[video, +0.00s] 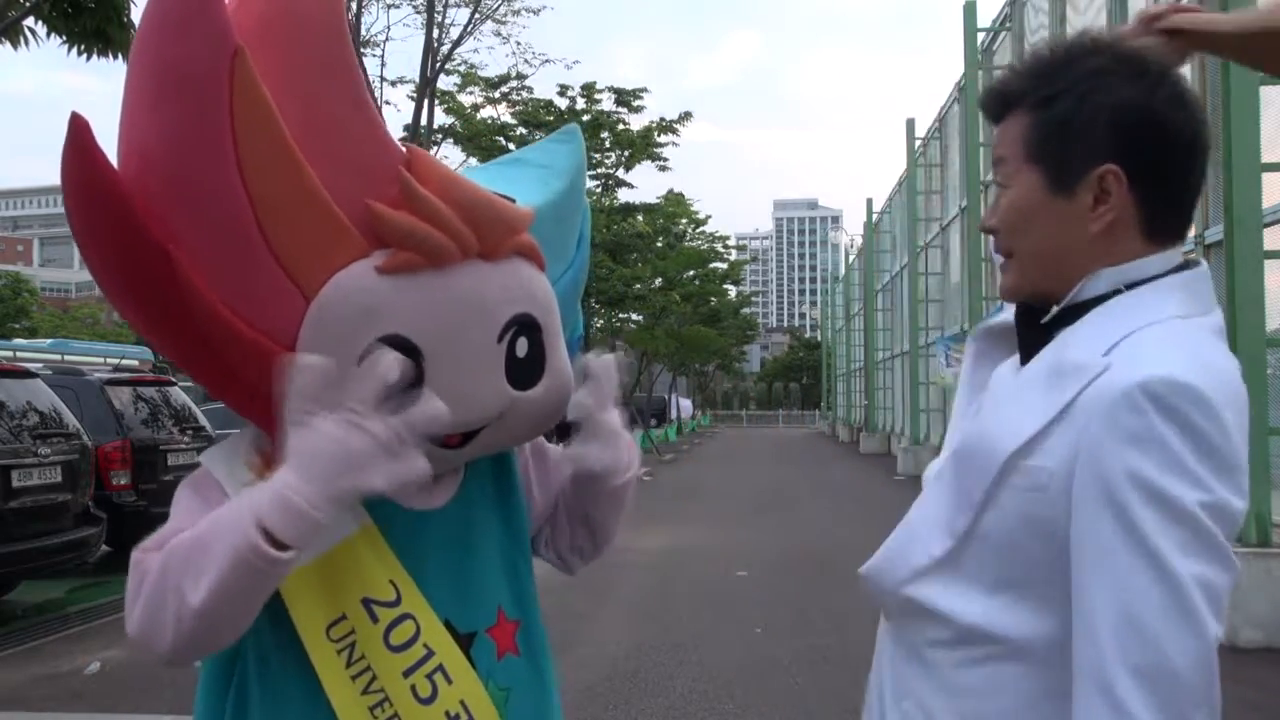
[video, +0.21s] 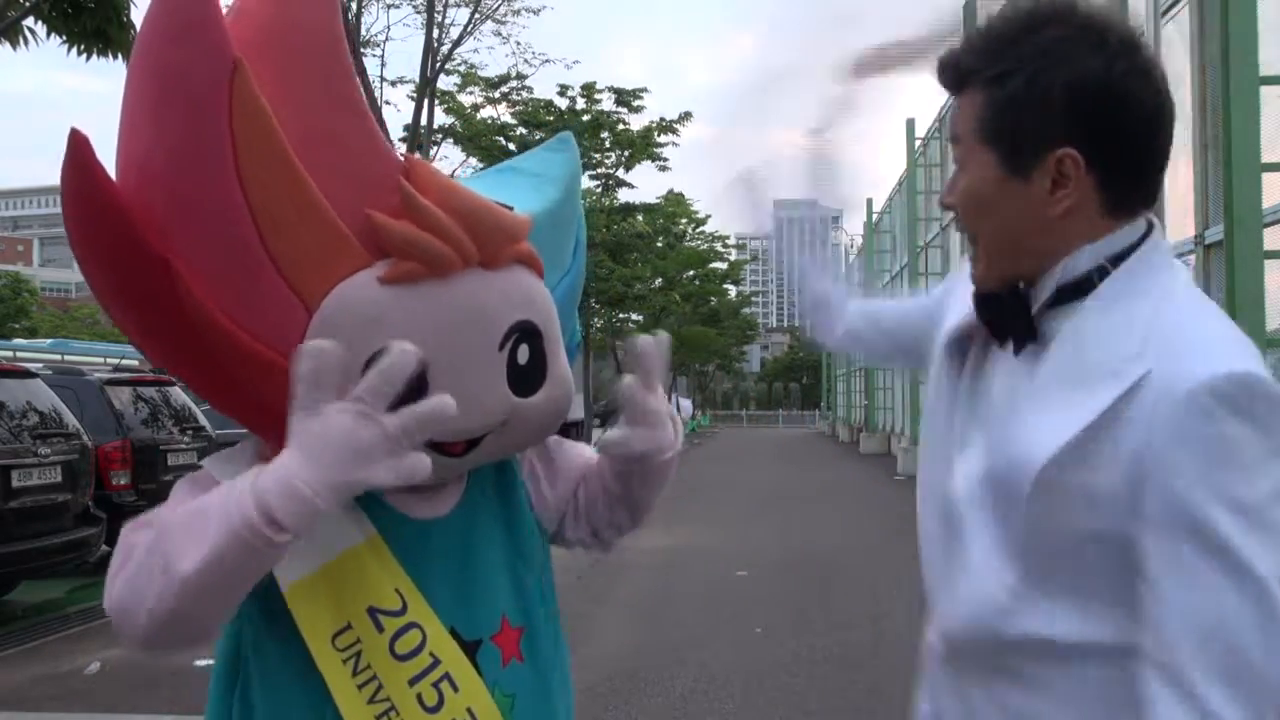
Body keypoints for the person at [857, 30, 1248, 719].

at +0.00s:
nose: (986, 219)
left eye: (1002, 184)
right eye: (992, 187)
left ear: (1102, 198)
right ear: (1099, 200)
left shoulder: (1153, 385)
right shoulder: (1074, 337)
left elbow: (1145, 699)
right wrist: (1118, 71)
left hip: (989, 703)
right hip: (917, 691)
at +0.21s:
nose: (948, 196)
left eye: (962, 159)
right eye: (954, 161)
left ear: (1060, 182)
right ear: (1057, 184)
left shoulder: (1202, 387)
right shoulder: (976, 306)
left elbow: (1218, 705)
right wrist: (786, 250)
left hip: (1083, 707)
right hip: (947, 698)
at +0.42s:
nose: (1058, 197)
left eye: (1082, 159)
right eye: (1067, 162)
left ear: (1184, 179)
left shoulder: (1256, 382)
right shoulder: (1060, 319)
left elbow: (1247, 694)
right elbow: (919, 365)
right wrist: (750, 326)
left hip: (1087, 705)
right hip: (947, 688)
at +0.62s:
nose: (1114, 220)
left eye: (1145, 186)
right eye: (1122, 189)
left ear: (1261, 212)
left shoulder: (1270, 394)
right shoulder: (1114, 338)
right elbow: (976, 448)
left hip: (1149, 703)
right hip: (993, 698)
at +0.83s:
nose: (1090, 230)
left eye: (1118, 196)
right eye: (1088, 200)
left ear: (1238, 206)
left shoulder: (1269, 362)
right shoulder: (1078, 357)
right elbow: (989, 520)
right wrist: (866, 607)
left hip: (1236, 704)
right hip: (1080, 703)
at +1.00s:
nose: (1075, 258)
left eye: (1101, 226)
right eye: (1069, 232)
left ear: (1213, 226)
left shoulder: (1272, 368)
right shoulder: (1067, 394)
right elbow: (1005, 575)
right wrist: (921, 693)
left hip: (1263, 703)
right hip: (1139, 706)